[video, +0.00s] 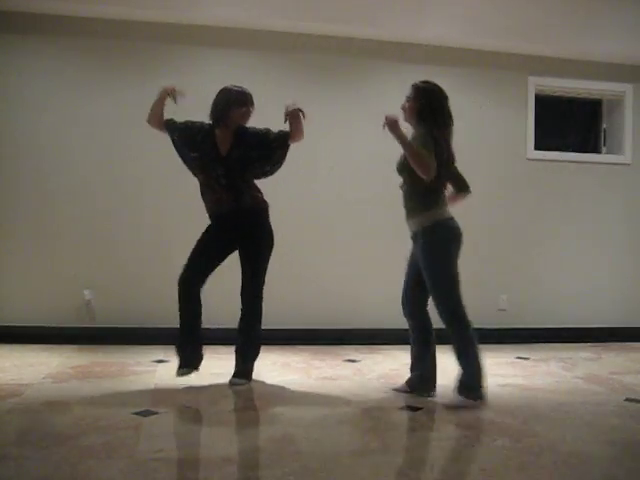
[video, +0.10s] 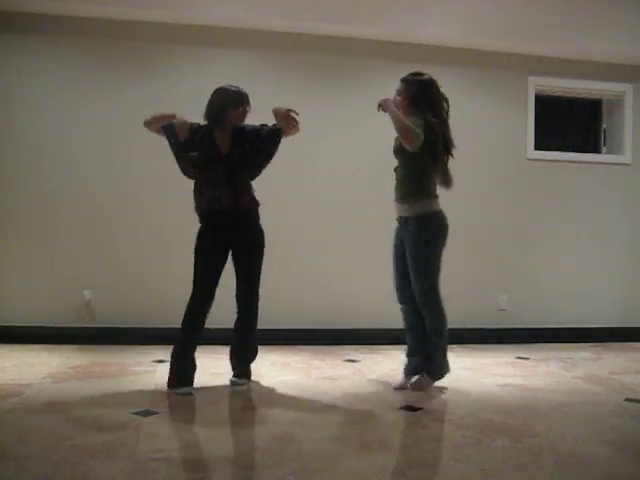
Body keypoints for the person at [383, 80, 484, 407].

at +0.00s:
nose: (403, 104)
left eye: (409, 100)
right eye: (406, 99)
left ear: (422, 106)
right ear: (427, 108)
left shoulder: (424, 135)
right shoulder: (433, 141)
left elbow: (427, 172)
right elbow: (462, 188)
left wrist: (399, 136)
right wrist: (434, 205)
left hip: (435, 235)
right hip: (430, 234)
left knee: (450, 310)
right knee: (413, 303)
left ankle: (472, 386)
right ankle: (422, 380)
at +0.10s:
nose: (395, 99)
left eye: (401, 94)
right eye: (397, 93)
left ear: (415, 99)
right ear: (417, 99)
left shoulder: (423, 124)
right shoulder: (415, 125)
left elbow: (411, 141)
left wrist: (393, 112)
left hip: (424, 223)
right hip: (407, 223)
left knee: (426, 296)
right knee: (407, 297)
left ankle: (435, 368)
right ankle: (416, 366)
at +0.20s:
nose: (392, 110)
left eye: (397, 104)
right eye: (392, 104)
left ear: (410, 105)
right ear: (405, 105)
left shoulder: (424, 135)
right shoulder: (405, 131)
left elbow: (400, 125)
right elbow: (390, 121)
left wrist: (381, 115)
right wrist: (380, 115)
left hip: (415, 229)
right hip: (391, 227)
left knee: (415, 298)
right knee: (387, 294)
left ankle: (427, 370)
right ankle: (394, 357)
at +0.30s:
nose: (384, 121)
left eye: (389, 116)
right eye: (384, 116)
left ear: (405, 119)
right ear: (394, 120)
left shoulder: (415, 150)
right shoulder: (398, 147)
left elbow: (389, 141)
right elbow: (379, 139)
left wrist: (360, 131)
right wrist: (358, 132)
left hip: (404, 240)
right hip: (382, 237)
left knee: (410, 307)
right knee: (368, 295)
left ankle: (428, 371)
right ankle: (362, 353)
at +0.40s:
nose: (378, 129)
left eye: (383, 124)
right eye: (377, 124)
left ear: (398, 129)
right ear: (377, 129)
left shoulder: (405, 163)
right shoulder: (383, 158)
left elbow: (380, 181)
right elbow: (355, 154)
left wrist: (346, 165)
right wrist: (369, 125)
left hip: (388, 240)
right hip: (370, 239)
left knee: (401, 306)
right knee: (355, 296)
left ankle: (430, 371)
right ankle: (351, 354)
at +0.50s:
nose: (367, 132)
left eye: (373, 128)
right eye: (367, 127)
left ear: (387, 134)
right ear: (366, 131)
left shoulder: (391, 163)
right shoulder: (365, 157)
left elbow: (384, 203)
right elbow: (331, 145)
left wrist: (348, 201)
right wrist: (342, 111)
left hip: (375, 239)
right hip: (355, 238)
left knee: (387, 304)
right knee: (341, 296)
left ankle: (423, 365)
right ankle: (353, 354)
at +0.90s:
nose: (339, 138)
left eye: (345, 134)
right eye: (336, 133)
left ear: (354, 139)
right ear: (330, 137)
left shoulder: (363, 163)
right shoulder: (325, 165)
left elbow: (392, 148)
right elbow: (308, 189)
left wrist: (393, 122)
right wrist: (335, 196)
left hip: (358, 239)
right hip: (329, 238)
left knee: (355, 288)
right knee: (331, 294)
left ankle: (359, 347)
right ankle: (335, 347)